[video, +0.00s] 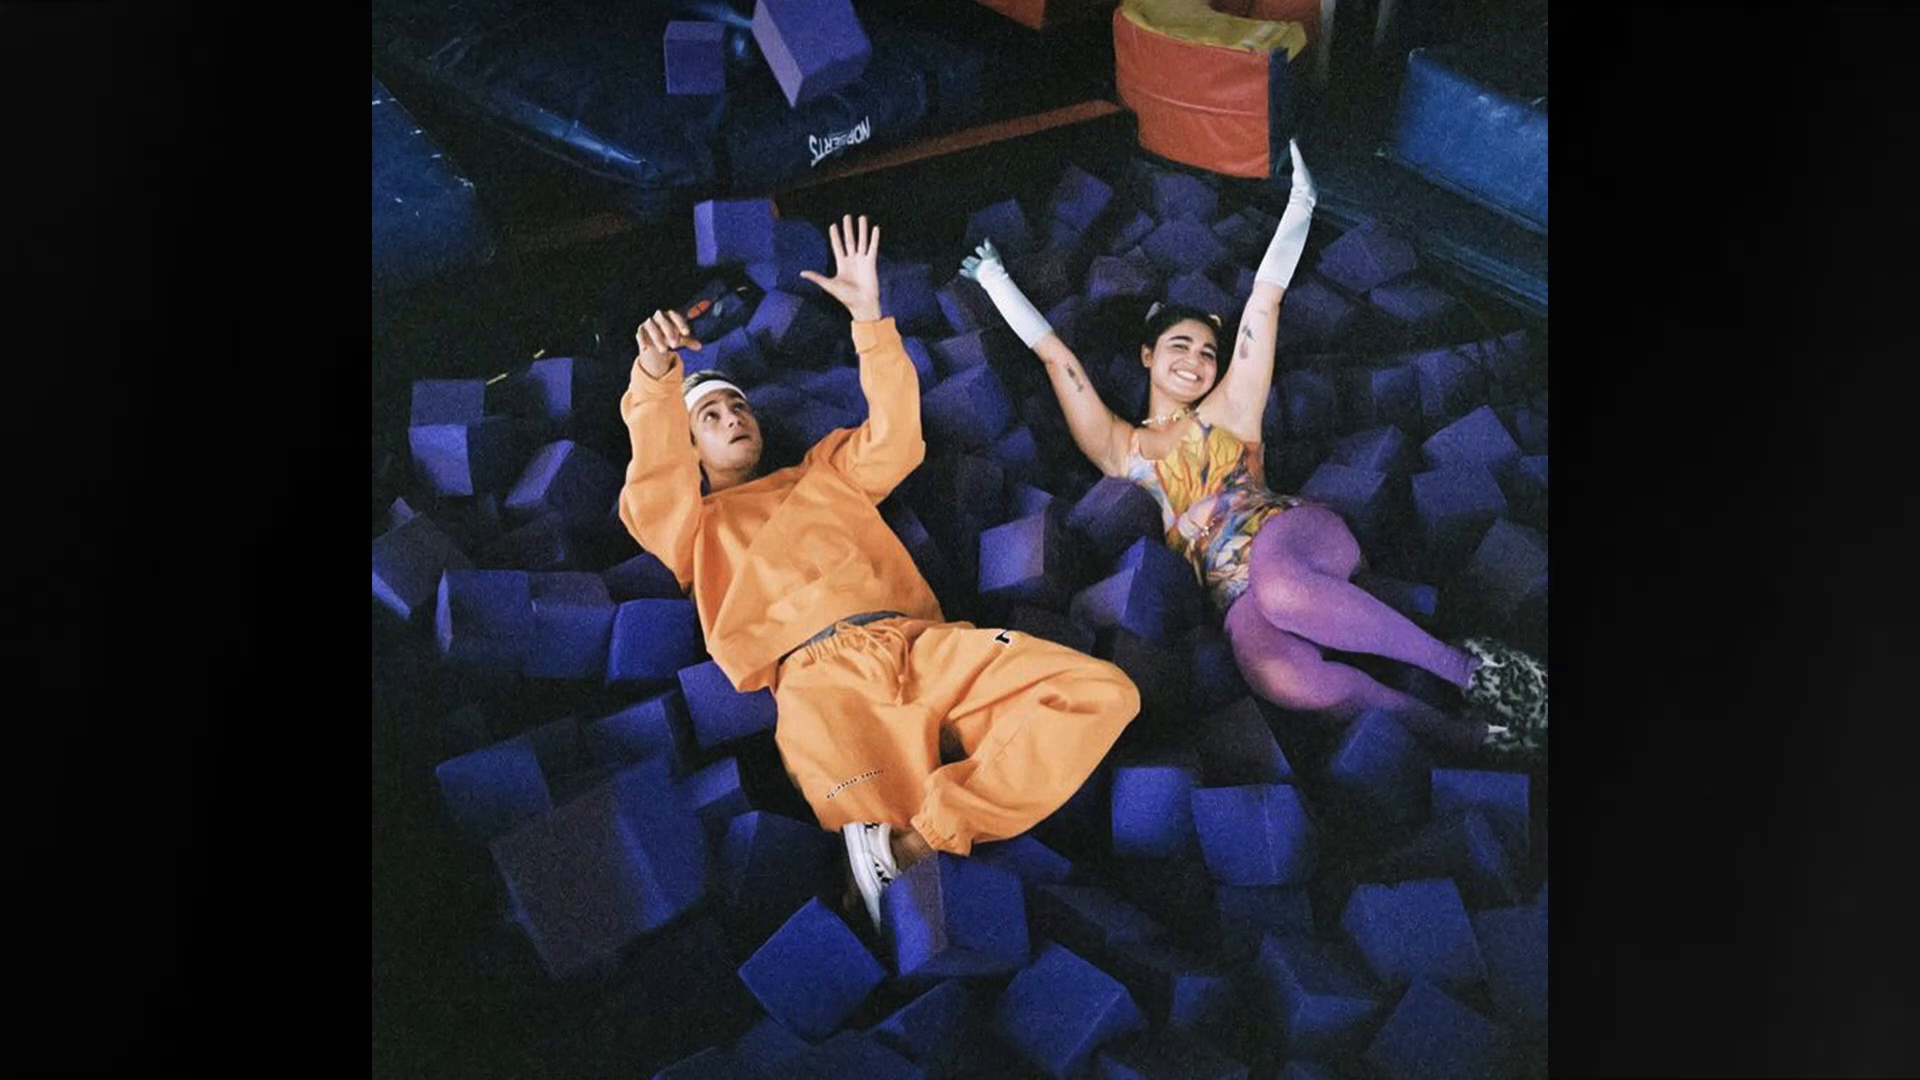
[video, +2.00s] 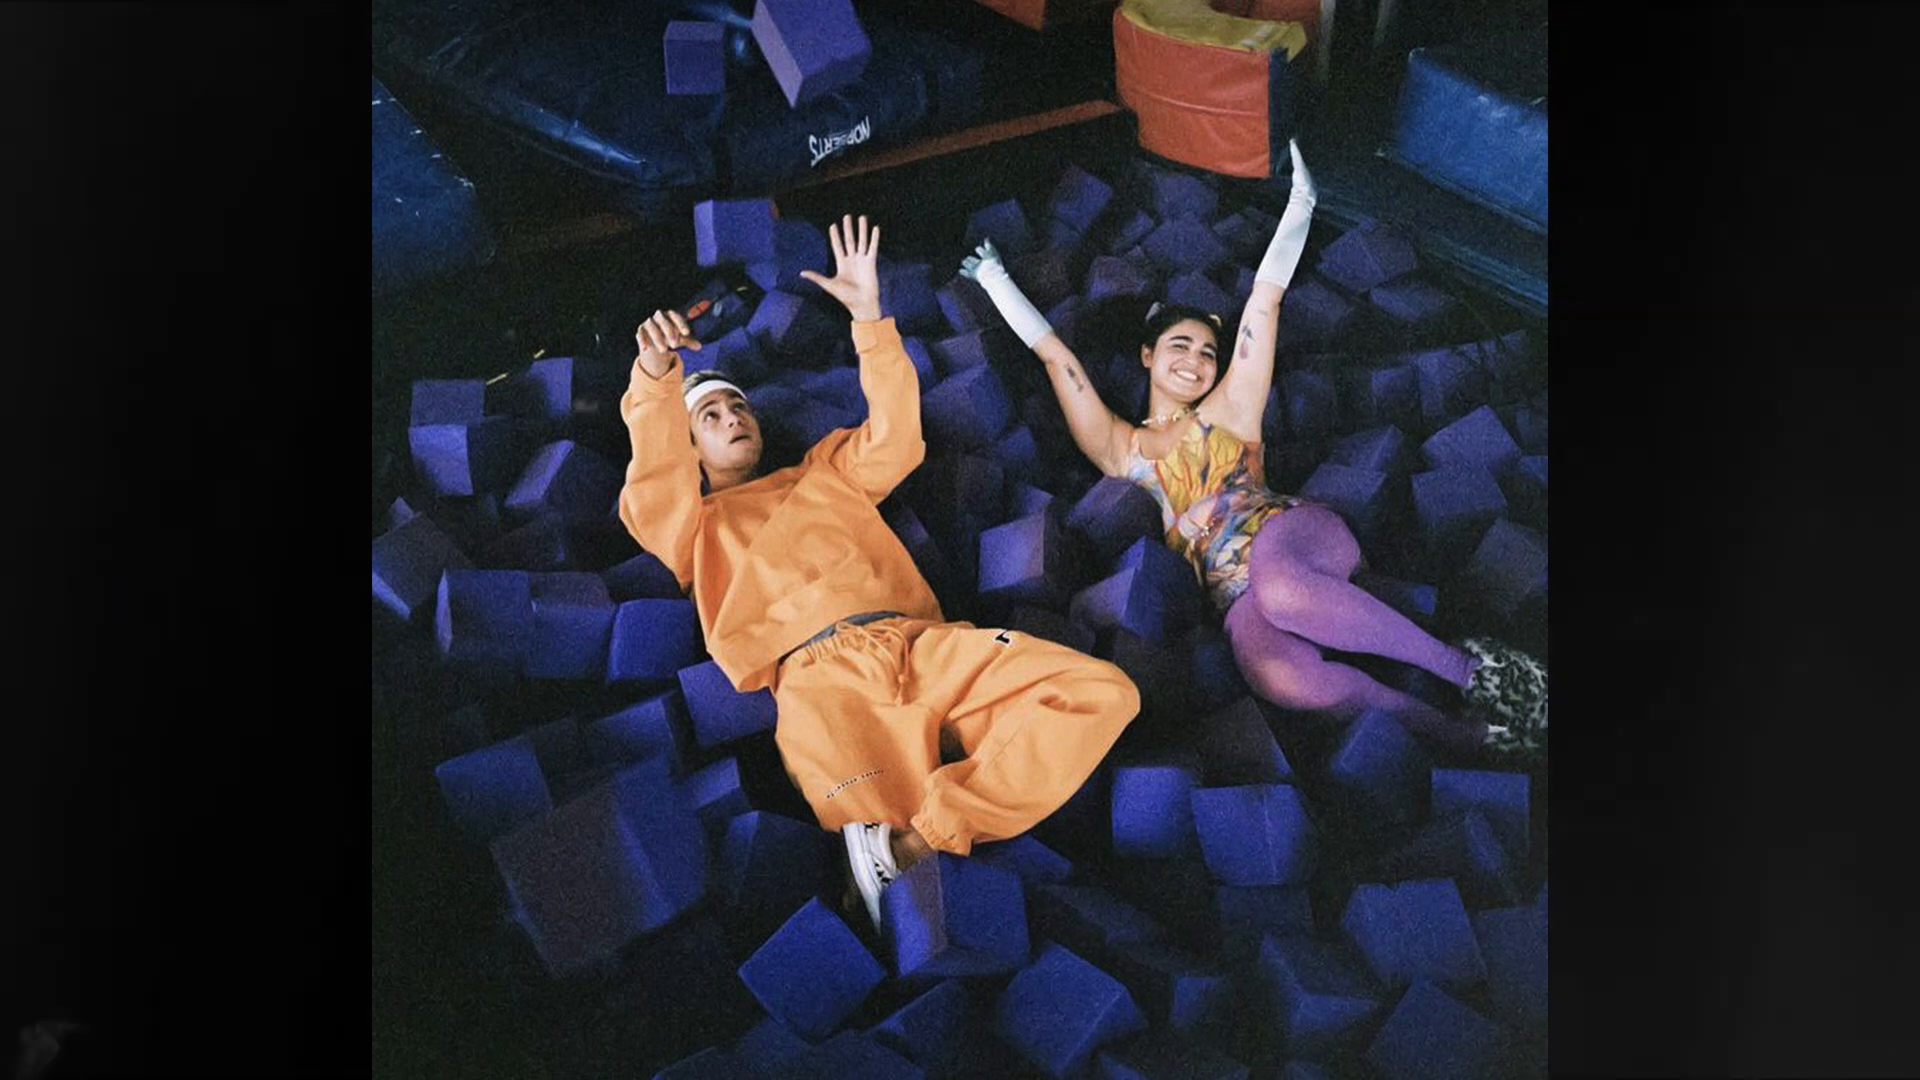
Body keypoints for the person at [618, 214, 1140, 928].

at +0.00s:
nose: (730, 418)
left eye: (738, 407)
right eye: (709, 415)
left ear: (761, 426)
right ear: (688, 449)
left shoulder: (827, 468)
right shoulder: (696, 525)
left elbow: (895, 435)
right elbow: (654, 477)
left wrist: (868, 316)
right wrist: (655, 374)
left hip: (917, 640)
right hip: (819, 673)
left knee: (1094, 693)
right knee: (880, 826)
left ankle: (915, 841)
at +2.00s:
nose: (731, 418)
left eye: (738, 406)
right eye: (709, 415)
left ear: (759, 424)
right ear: (687, 448)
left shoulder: (827, 468)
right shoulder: (695, 524)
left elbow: (895, 436)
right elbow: (654, 476)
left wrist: (868, 317)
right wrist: (655, 372)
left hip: (918, 640)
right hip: (820, 672)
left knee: (1094, 692)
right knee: (880, 828)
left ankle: (918, 840)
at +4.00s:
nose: (731, 418)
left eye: (738, 407)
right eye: (709, 415)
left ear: (760, 425)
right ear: (687, 449)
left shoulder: (827, 468)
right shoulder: (696, 525)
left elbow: (895, 436)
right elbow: (655, 477)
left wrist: (868, 317)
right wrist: (655, 373)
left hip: (917, 640)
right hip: (820, 673)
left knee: (1094, 692)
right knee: (883, 831)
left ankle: (917, 841)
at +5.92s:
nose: (731, 418)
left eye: (738, 407)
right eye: (709, 415)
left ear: (760, 425)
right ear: (688, 448)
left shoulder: (827, 468)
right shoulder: (695, 525)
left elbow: (895, 436)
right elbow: (655, 476)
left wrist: (868, 317)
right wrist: (655, 373)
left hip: (917, 640)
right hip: (820, 672)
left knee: (1094, 692)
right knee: (881, 828)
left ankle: (917, 840)